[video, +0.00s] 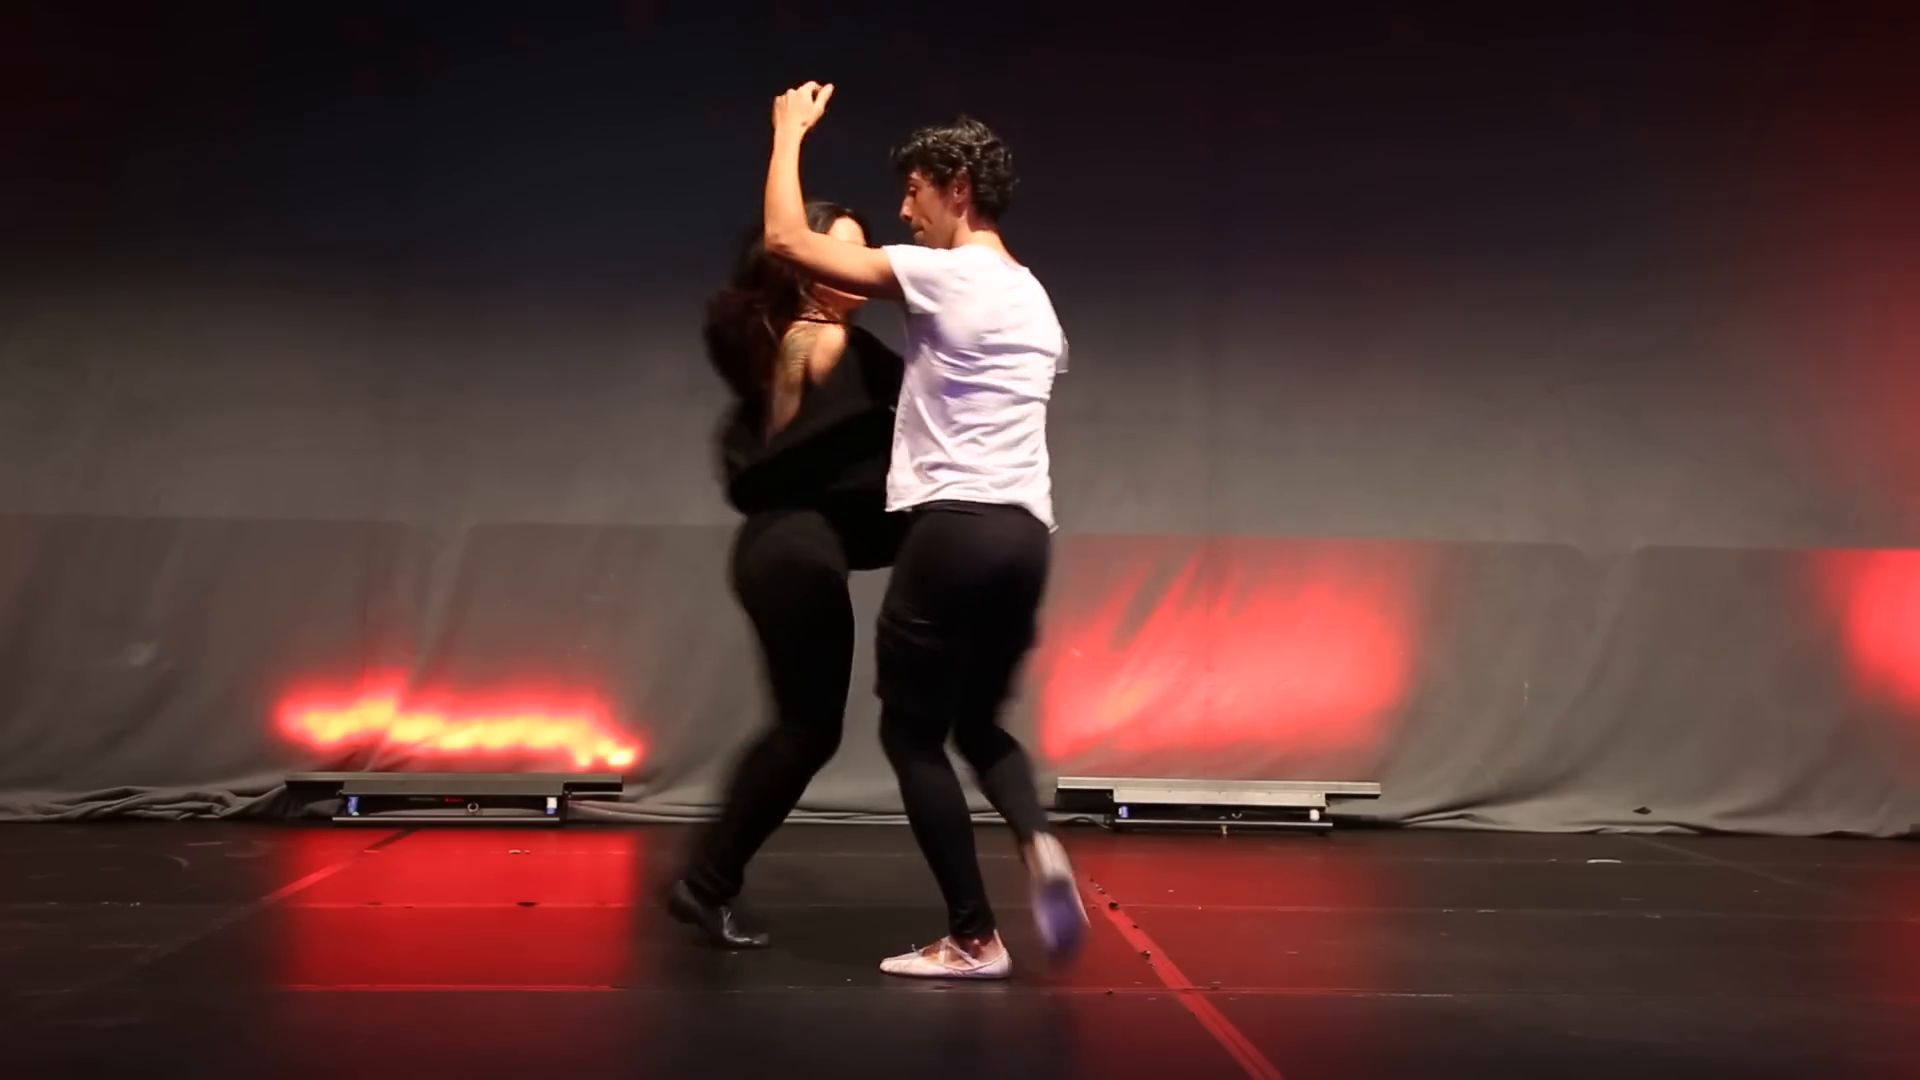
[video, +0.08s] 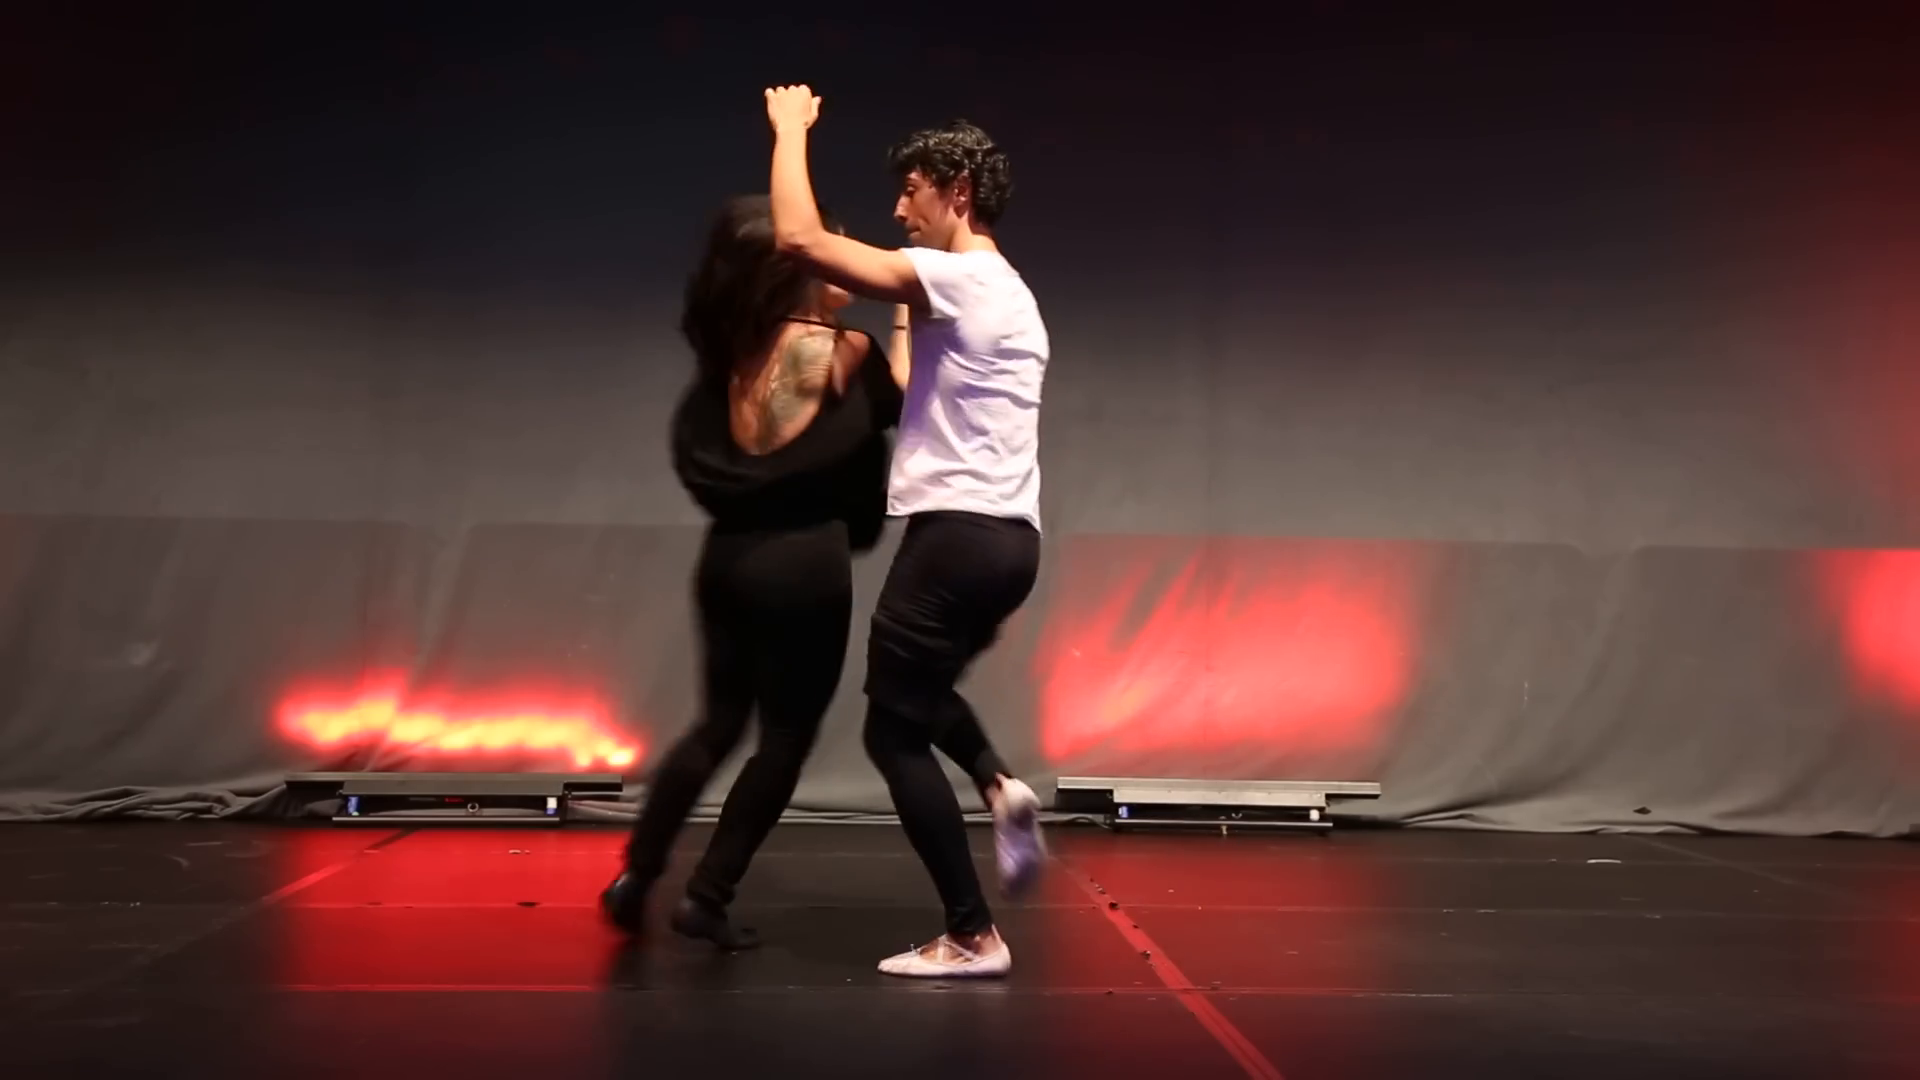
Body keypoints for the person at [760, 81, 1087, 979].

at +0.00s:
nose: (905, 209)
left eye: (914, 193)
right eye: (907, 195)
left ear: (960, 194)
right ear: (976, 196)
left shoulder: (944, 273)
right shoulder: (1036, 299)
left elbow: (788, 237)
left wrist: (787, 133)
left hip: (952, 529)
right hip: (1025, 534)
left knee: (912, 737)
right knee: (979, 720)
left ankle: (974, 938)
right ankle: (1042, 850)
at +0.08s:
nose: (900, 211)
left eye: (909, 194)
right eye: (901, 196)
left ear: (954, 195)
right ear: (969, 199)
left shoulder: (956, 278)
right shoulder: (1010, 293)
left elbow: (803, 236)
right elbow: (924, 399)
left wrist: (790, 132)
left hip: (955, 536)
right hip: (1008, 539)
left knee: (893, 735)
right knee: (918, 685)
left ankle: (971, 933)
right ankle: (1001, 788)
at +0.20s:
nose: (892, 209)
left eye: (902, 193)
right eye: (893, 196)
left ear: (947, 194)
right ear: (951, 199)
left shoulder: (970, 270)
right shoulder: (965, 282)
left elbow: (823, 237)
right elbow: (931, 431)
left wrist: (798, 131)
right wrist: (839, 472)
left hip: (967, 536)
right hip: (949, 530)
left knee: (889, 732)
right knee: (873, 683)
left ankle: (965, 927)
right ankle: (980, 815)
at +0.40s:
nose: (877, 203)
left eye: (889, 188)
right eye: (876, 189)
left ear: (935, 194)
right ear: (903, 197)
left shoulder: (984, 285)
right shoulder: (902, 315)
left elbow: (884, 255)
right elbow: (822, 421)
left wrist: (832, 144)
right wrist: (732, 438)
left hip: (983, 539)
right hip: (937, 538)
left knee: (925, 722)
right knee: (872, 709)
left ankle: (974, 929)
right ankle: (876, 894)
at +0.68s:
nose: (823, 214)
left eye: (840, 200)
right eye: (824, 199)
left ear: (888, 216)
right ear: (837, 214)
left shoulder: (934, 300)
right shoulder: (812, 326)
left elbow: (973, 334)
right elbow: (729, 408)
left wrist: (922, 221)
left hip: (970, 533)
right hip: (902, 543)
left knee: (969, 714)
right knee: (838, 710)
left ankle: (984, 920)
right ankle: (824, 903)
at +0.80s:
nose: (801, 224)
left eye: (816, 208)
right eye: (802, 209)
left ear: (865, 218)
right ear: (829, 223)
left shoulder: (921, 312)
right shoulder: (792, 326)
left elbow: (977, 408)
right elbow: (713, 402)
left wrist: (975, 323)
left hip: (928, 544)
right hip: (859, 550)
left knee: (941, 712)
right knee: (795, 712)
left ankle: (989, 913)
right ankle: (818, 901)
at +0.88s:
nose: (790, 231)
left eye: (805, 216)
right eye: (790, 217)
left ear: (854, 226)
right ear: (817, 230)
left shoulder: (924, 322)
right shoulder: (783, 333)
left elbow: (961, 445)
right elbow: (706, 410)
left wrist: (980, 415)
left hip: (896, 551)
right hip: (826, 552)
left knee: (879, 719)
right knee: (773, 714)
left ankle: (972, 889)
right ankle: (814, 901)